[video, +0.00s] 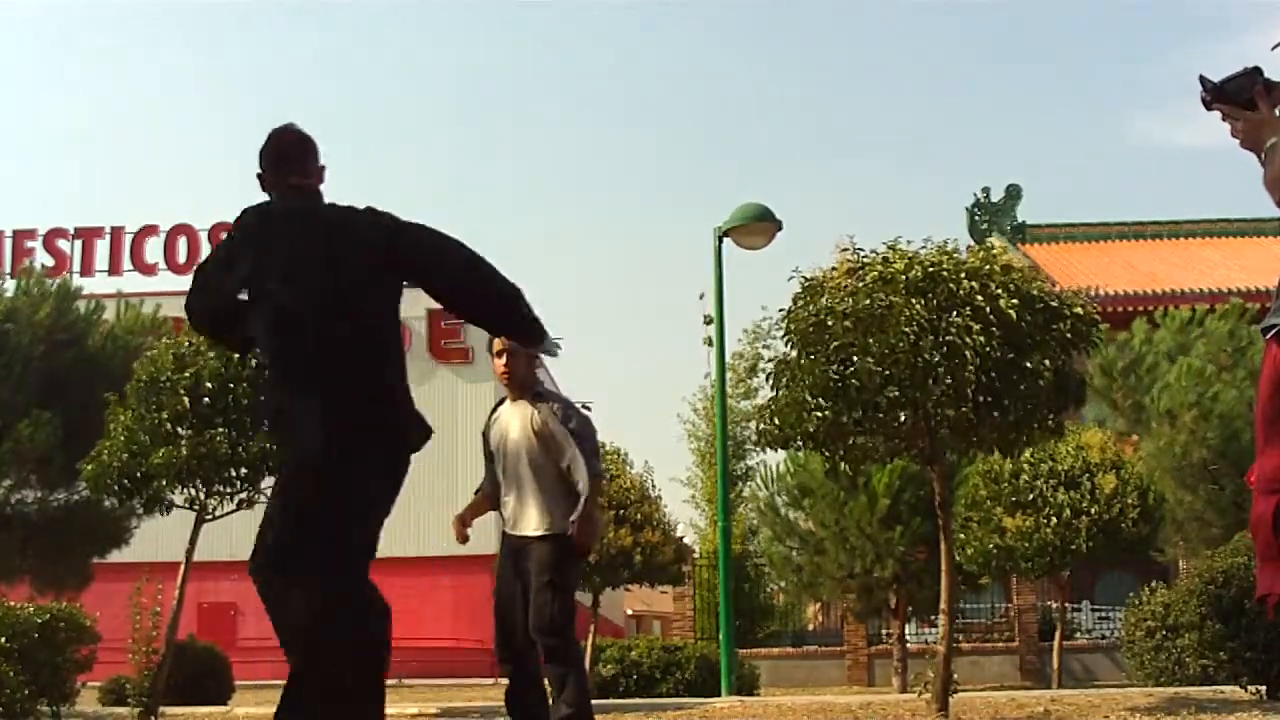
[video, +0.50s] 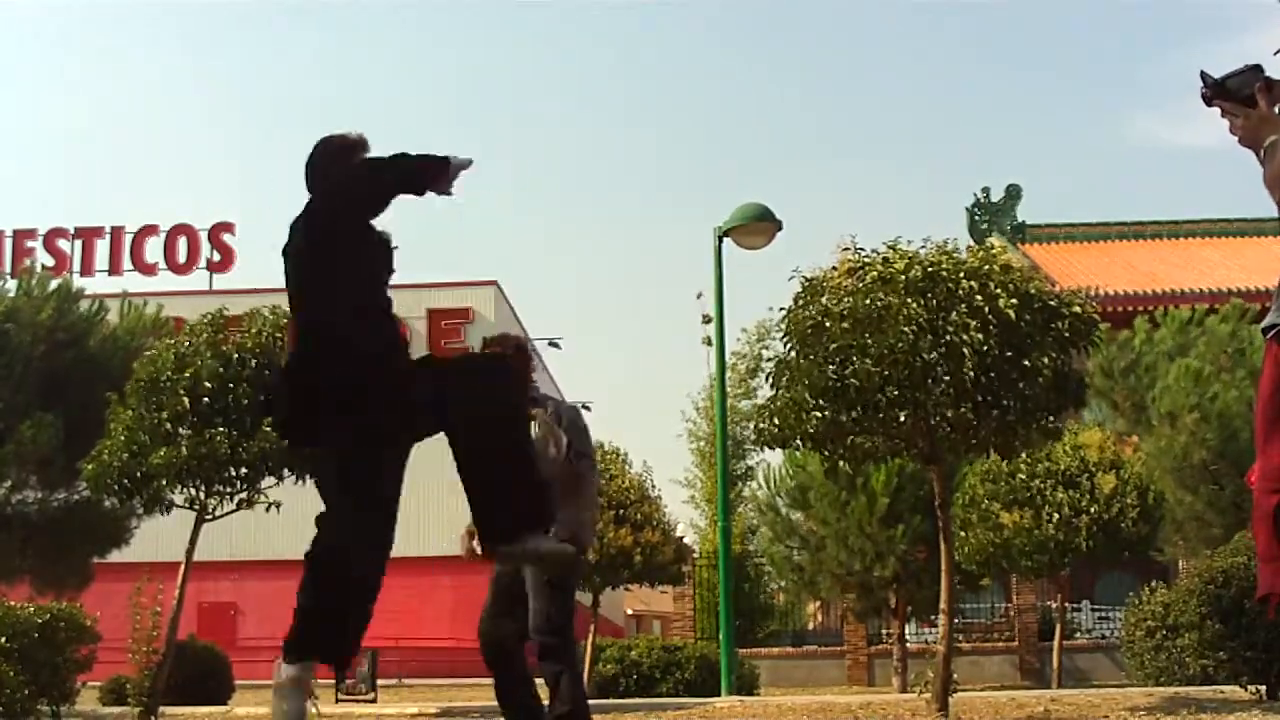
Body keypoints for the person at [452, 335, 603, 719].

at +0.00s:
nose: (505, 361)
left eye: (514, 353)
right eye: (499, 354)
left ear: (533, 359)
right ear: (491, 363)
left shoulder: (556, 410)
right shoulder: (497, 418)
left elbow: (587, 465)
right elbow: (496, 483)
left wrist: (587, 511)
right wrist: (467, 514)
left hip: (553, 538)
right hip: (513, 538)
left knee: (551, 633)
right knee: (512, 639)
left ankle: (573, 712)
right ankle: (527, 713)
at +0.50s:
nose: (498, 373)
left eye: (505, 363)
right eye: (492, 366)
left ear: (526, 366)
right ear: (486, 372)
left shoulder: (558, 413)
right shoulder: (494, 417)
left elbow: (579, 479)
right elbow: (490, 475)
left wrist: (570, 534)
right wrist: (478, 525)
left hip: (556, 537)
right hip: (513, 538)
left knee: (551, 639)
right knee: (497, 635)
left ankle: (571, 710)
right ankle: (522, 711)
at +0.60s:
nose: (495, 392)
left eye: (504, 383)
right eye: (489, 384)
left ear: (527, 386)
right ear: (483, 389)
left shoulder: (561, 430)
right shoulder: (495, 436)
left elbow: (539, 493)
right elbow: (500, 504)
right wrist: (464, 540)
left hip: (562, 550)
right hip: (517, 551)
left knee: (543, 639)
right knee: (486, 639)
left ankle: (567, 711)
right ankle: (519, 713)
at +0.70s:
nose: (493, 413)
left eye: (501, 404)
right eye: (492, 405)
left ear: (524, 403)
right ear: (493, 409)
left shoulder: (549, 446)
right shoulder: (508, 453)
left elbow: (526, 498)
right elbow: (490, 521)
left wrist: (465, 506)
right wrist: (447, 535)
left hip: (555, 562)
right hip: (527, 563)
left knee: (532, 639)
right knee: (485, 637)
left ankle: (566, 713)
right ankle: (504, 714)